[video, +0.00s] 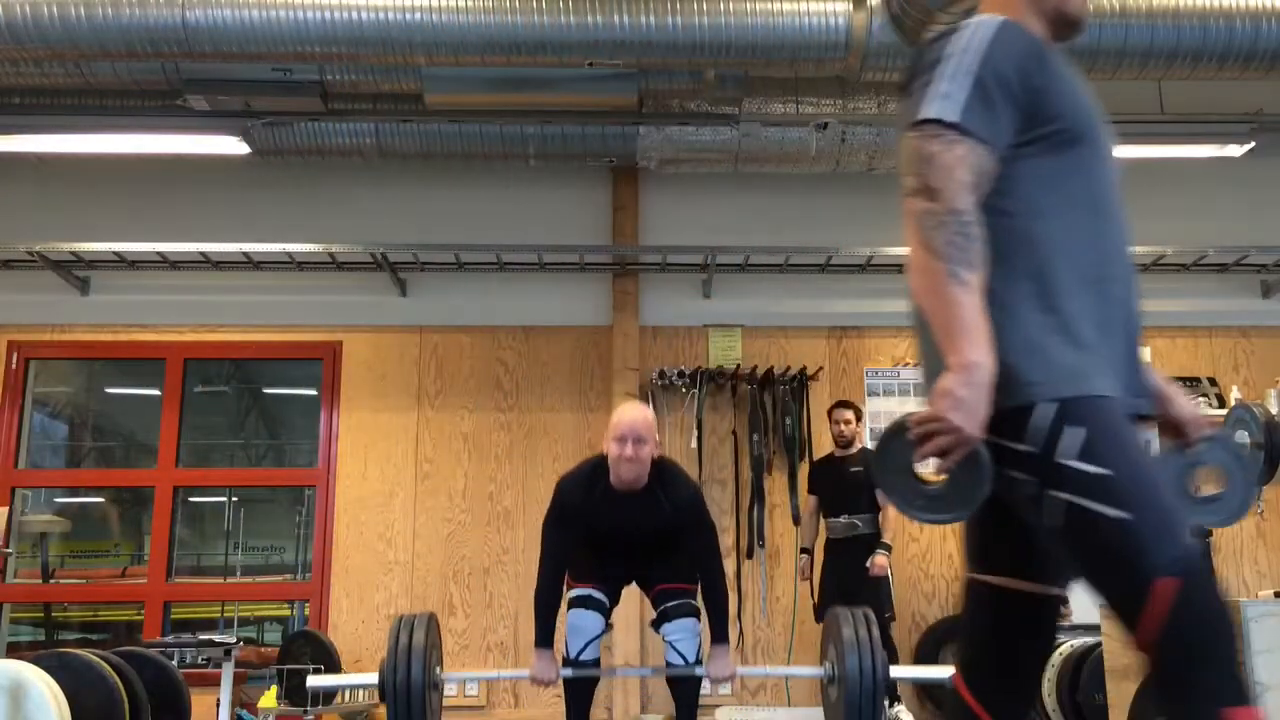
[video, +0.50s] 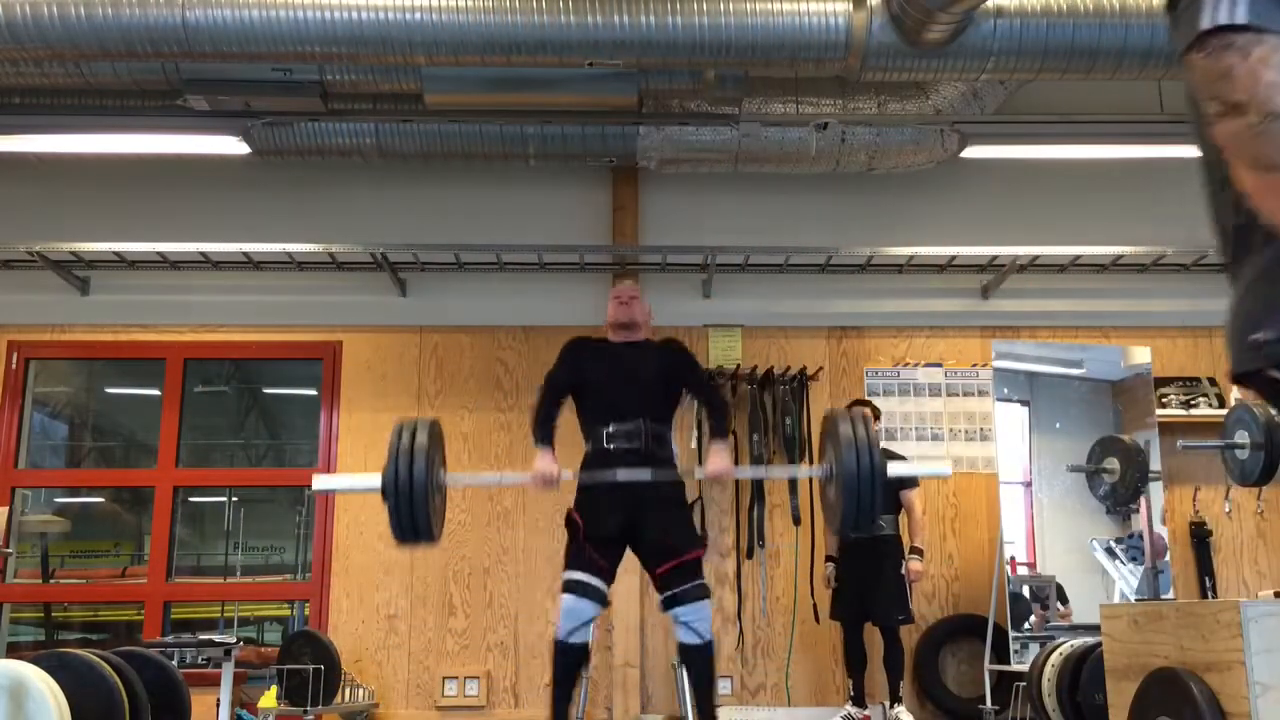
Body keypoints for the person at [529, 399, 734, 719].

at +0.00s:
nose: (629, 451)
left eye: (639, 442)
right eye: (620, 441)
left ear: (656, 446)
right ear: (606, 444)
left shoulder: (680, 490)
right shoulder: (574, 489)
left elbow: (711, 569)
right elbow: (550, 571)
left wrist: (720, 647)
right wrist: (543, 649)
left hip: (665, 562)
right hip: (595, 562)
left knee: (684, 633)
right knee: (582, 629)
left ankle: (686, 715)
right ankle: (577, 715)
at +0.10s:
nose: (630, 413)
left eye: (640, 404)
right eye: (622, 403)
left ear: (656, 412)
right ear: (608, 408)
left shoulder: (678, 460)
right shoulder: (576, 458)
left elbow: (711, 534)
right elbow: (552, 537)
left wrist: (721, 611)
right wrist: (543, 616)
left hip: (663, 543)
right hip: (598, 543)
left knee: (682, 630)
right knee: (585, 630)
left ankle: (686, 715)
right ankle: (577, 716)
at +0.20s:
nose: (630, 369)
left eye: (639, 362)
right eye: (621, 361)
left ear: (654, 375)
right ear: (607, 373)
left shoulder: (677, 429)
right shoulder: (577, 428)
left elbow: (712, 499)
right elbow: (551, 502)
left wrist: (720, 573)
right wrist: (544, 578)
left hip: (662, 528)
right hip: (600, 527)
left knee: (686, 627)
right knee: (585, 624)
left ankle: (687, 716)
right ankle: (576, 716)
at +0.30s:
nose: (629, 326)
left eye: (638, 320)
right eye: (621, 319)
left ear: (653, 335)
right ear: (607, 332)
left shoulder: (673, 395)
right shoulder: (578, 395)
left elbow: (707, 466)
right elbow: (557, 469)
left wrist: (719, 536)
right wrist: (545, 542)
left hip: (659, 523)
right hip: (598, 523)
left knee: (695, 631)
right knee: (580, 627)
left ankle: (688, 718)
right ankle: (577, 719)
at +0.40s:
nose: (625, 309)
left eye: (633, 304)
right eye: (617, 304)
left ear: (649, 319)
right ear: (605, 319)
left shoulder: (672, 371)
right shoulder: (579, 373)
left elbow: (704, 434)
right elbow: (560, 437)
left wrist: (716, 493)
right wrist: (547, 497)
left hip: (662, 510)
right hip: (598, 511)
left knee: (685, 622)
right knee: (582, 619)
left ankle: (689, 716)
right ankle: (575, 717)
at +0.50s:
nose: (625, 303)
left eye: (633, 299)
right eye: (618, 299)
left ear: (648, 313)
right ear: (606, 313)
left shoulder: (671, 353)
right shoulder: (581, 351)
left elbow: (713, 397)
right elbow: (549, 397)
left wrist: (719, 445)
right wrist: (544, 450)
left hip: (661, 496)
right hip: (600, 497)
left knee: (694, 614)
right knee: (575, 612)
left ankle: (705, 714)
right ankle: (559, 715)